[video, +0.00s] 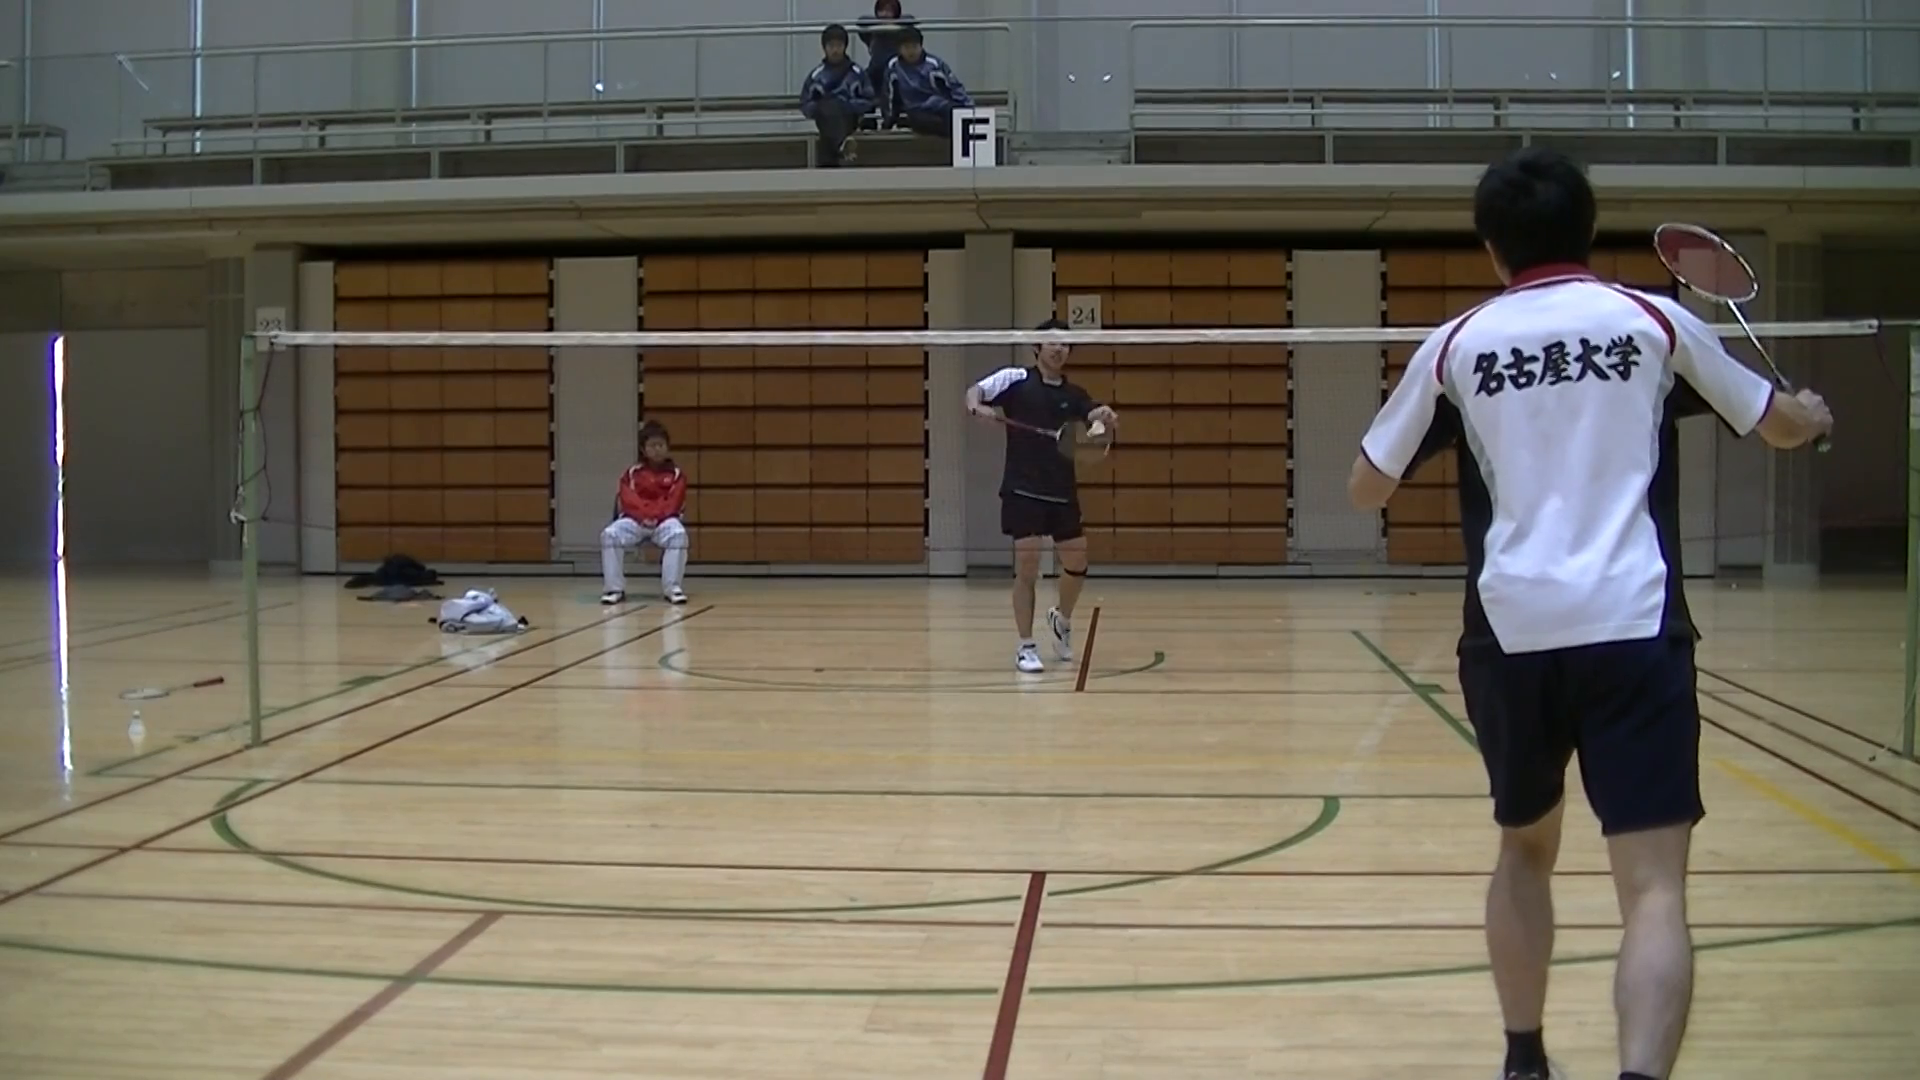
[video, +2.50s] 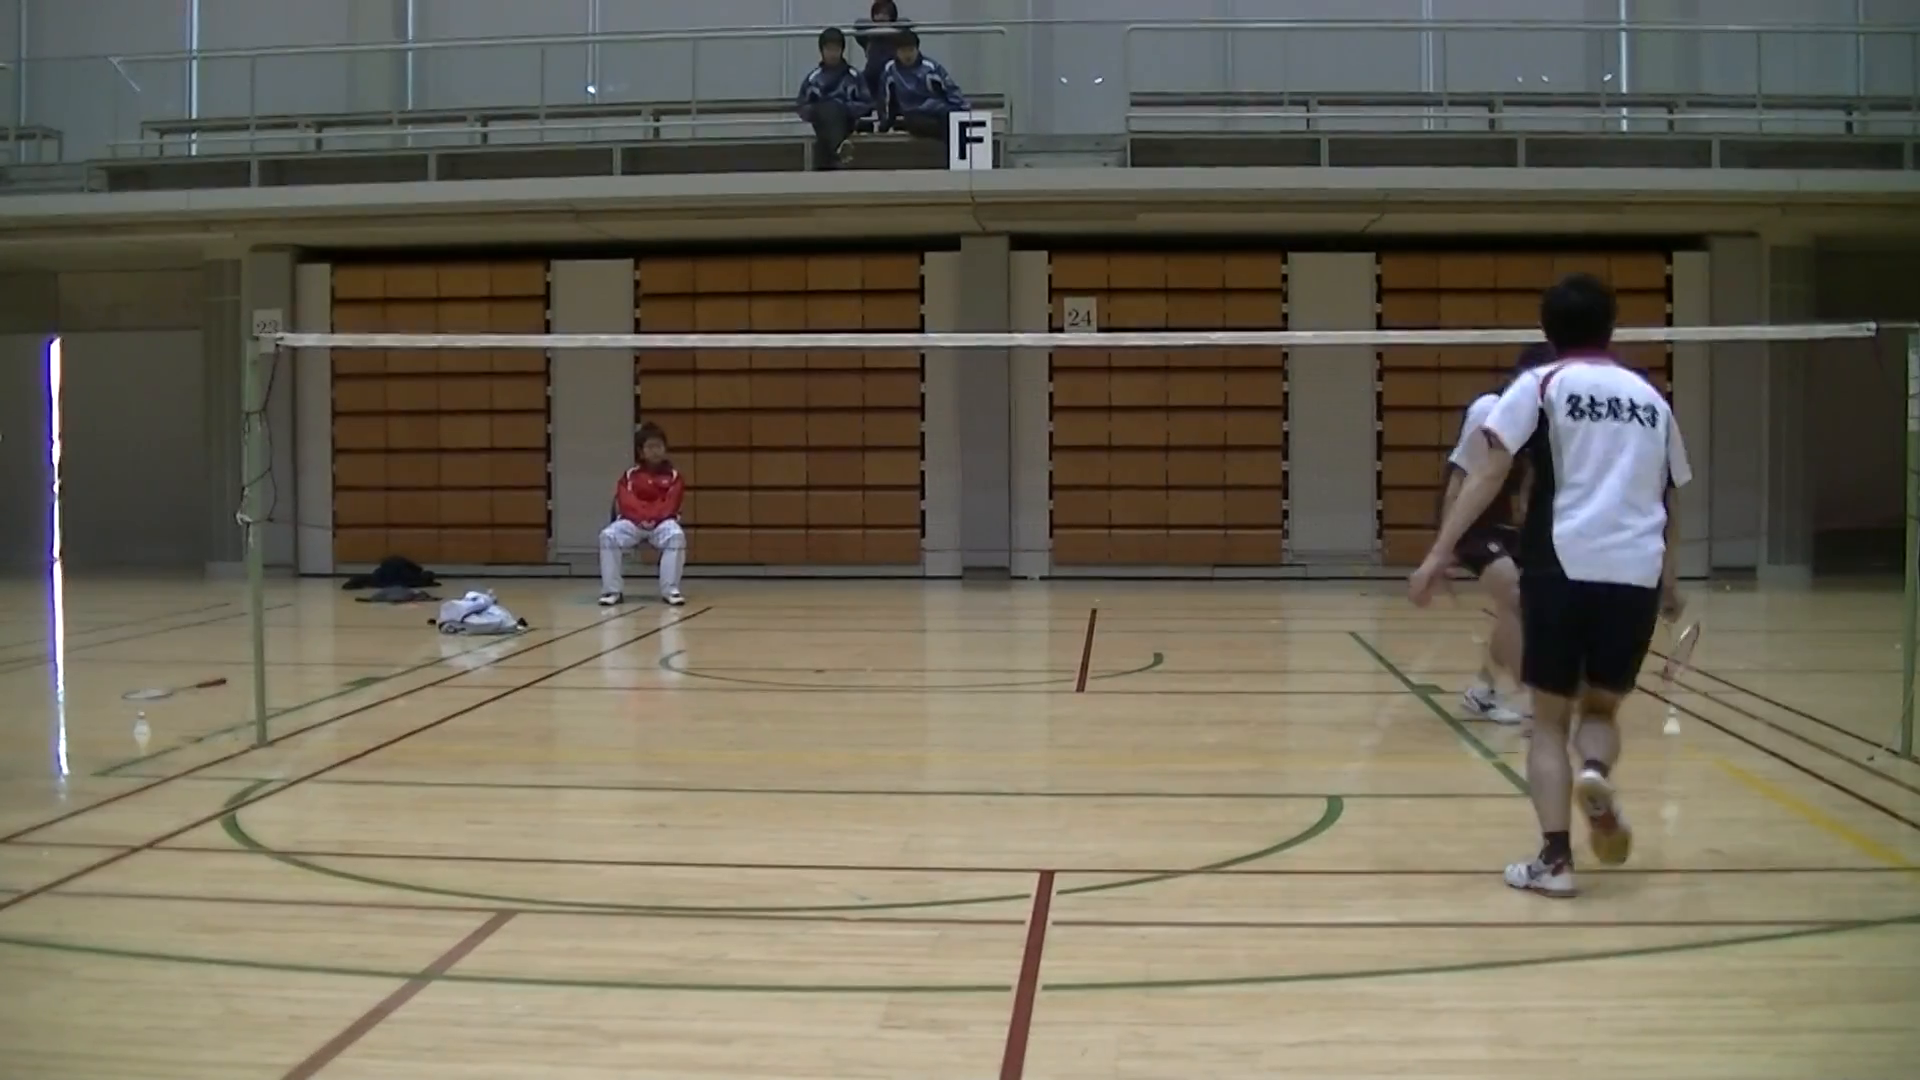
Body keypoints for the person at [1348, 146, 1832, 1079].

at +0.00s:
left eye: (1486, 238)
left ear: (1490, 247)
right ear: (1588, 234)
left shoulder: (1454, 346)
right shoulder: (1654, 320)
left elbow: (1367, 488)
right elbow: (1781, 425)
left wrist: (1415, 410)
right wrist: (1813, 413)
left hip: (1507, 637)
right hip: (1635, 630)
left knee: (1523, 849)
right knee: (1652, 886)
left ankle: (1522, 1059)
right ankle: (1642, 1075)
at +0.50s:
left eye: (1467, 308)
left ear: (1469, 320)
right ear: (1559, 318)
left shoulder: (1433, 393)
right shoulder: (1617, 408)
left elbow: (1292, 441)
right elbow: (1659, 527)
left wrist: (1182, 464)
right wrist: (1589, 493)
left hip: (1476, 680)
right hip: (1593, 682)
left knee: (1470, 870)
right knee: (1594, 891)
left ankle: (1518, 1054)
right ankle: (1635, 996)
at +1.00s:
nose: (1477, 365)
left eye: (1481, 353)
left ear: (1486, 365)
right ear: (1555, 374)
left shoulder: (1472, 415)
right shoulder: (1574, 458)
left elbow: (1357, 420)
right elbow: (1585, 543)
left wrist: (1230, 403)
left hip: (1464, 649)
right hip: (1541, 666)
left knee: (1424, 848)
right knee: (1474, 755)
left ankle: (1460, 952)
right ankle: (1476, 902)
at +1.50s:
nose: (1474, 315)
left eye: (1477, 305)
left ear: (1481, 311)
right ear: (1546, 322)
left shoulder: (1473, 352)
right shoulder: (1578, 400)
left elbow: (1382, 390)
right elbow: (1602, 514)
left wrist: (1257, 417)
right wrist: (1557, 559)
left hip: (1481, 561)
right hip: (1550, 580)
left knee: (1452, 743)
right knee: (1473, 737)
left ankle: (1479, 923)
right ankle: (1490, 899)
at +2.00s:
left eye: (1476, 369)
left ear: (1477, 372)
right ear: (1546, 374)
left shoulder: (1451, 420)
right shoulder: (1584, 450)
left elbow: (1399, 514)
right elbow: (1635, 563)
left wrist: (1337, 607)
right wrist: (1633, 670)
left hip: (1472, 613)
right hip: (1555, 628)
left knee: (1433, 786)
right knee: (1505, 743)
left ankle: (1451, 931)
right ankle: (1518, 894)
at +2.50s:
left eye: (1547, 327)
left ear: (1550, 330)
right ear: (1611, 330)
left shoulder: (1537, 386)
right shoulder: (1651, 399)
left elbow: (1489, 473)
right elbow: (1669, 502)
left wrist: (1441, 552)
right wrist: (1669, 581)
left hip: (1559, 577)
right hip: (1635, 582)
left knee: (1549, 724)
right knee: (1602, 707)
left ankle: (1555, 859)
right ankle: (1595, 774)